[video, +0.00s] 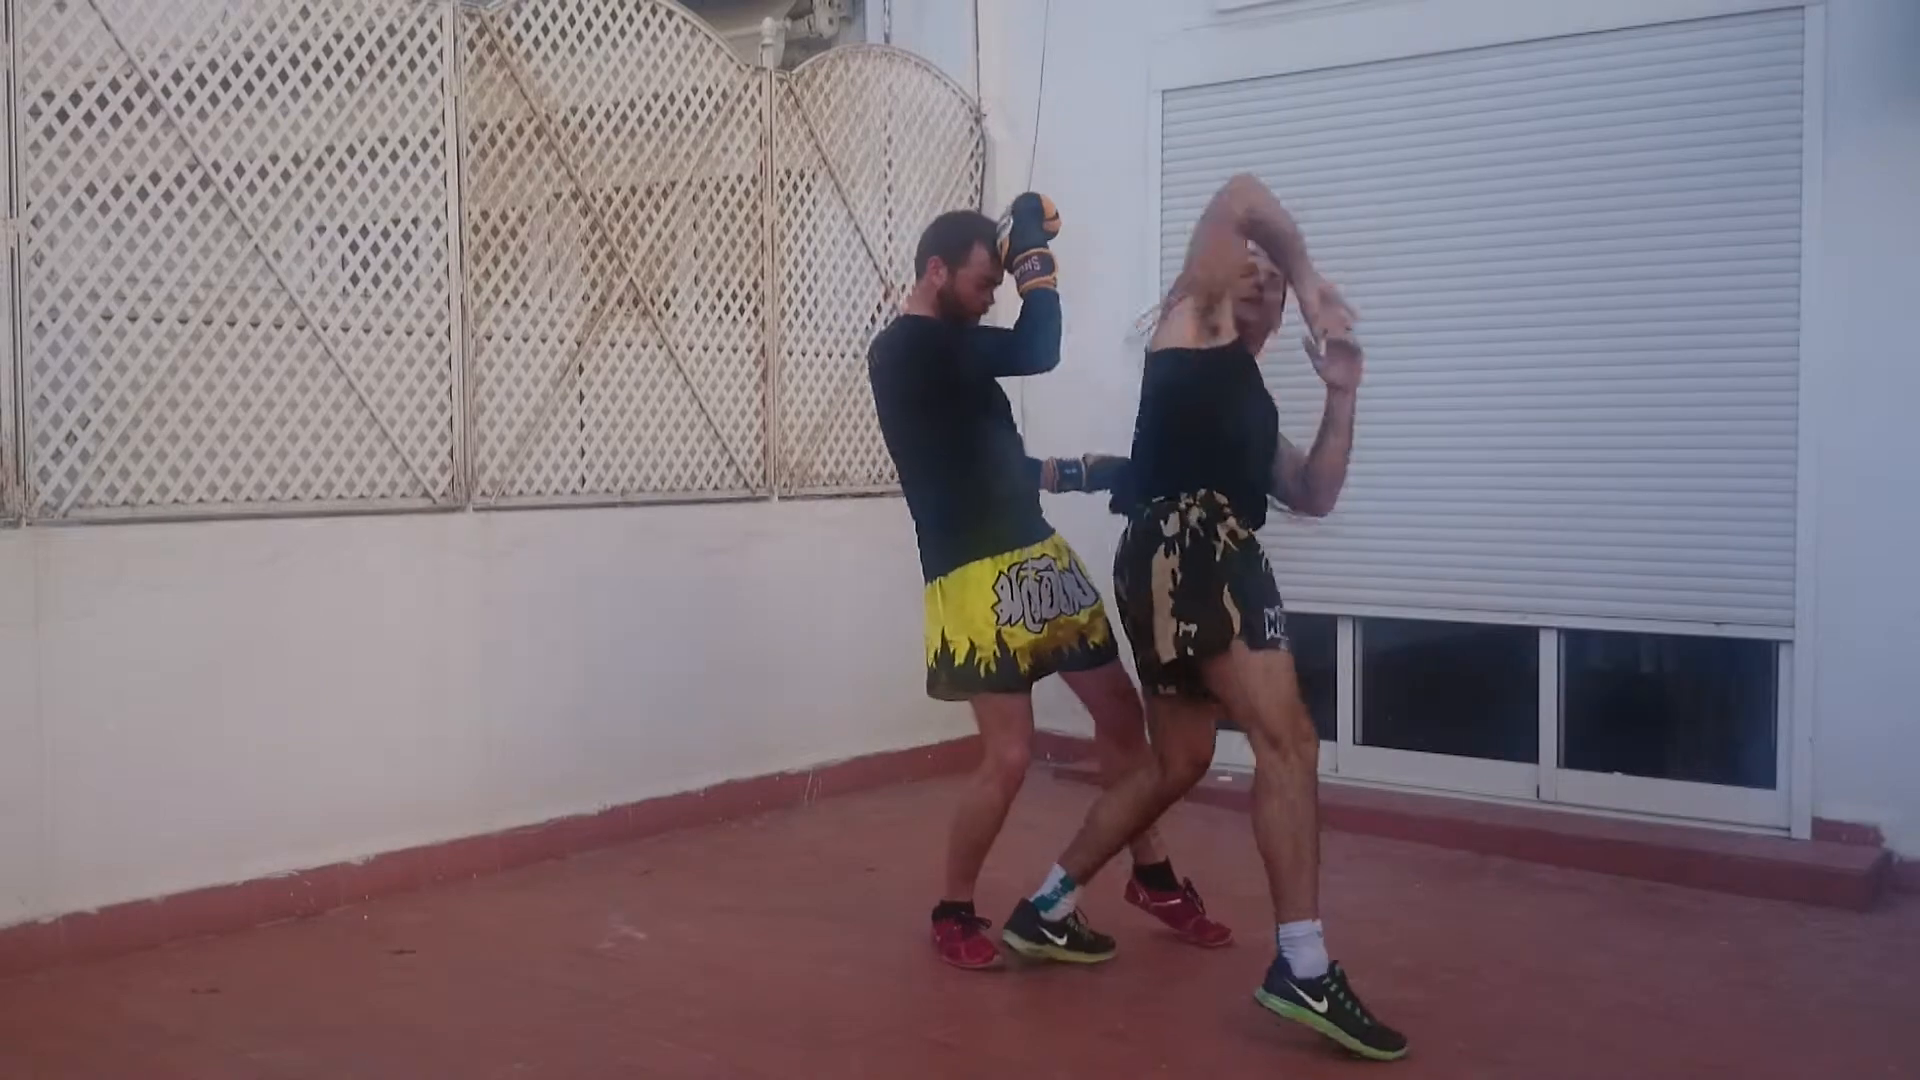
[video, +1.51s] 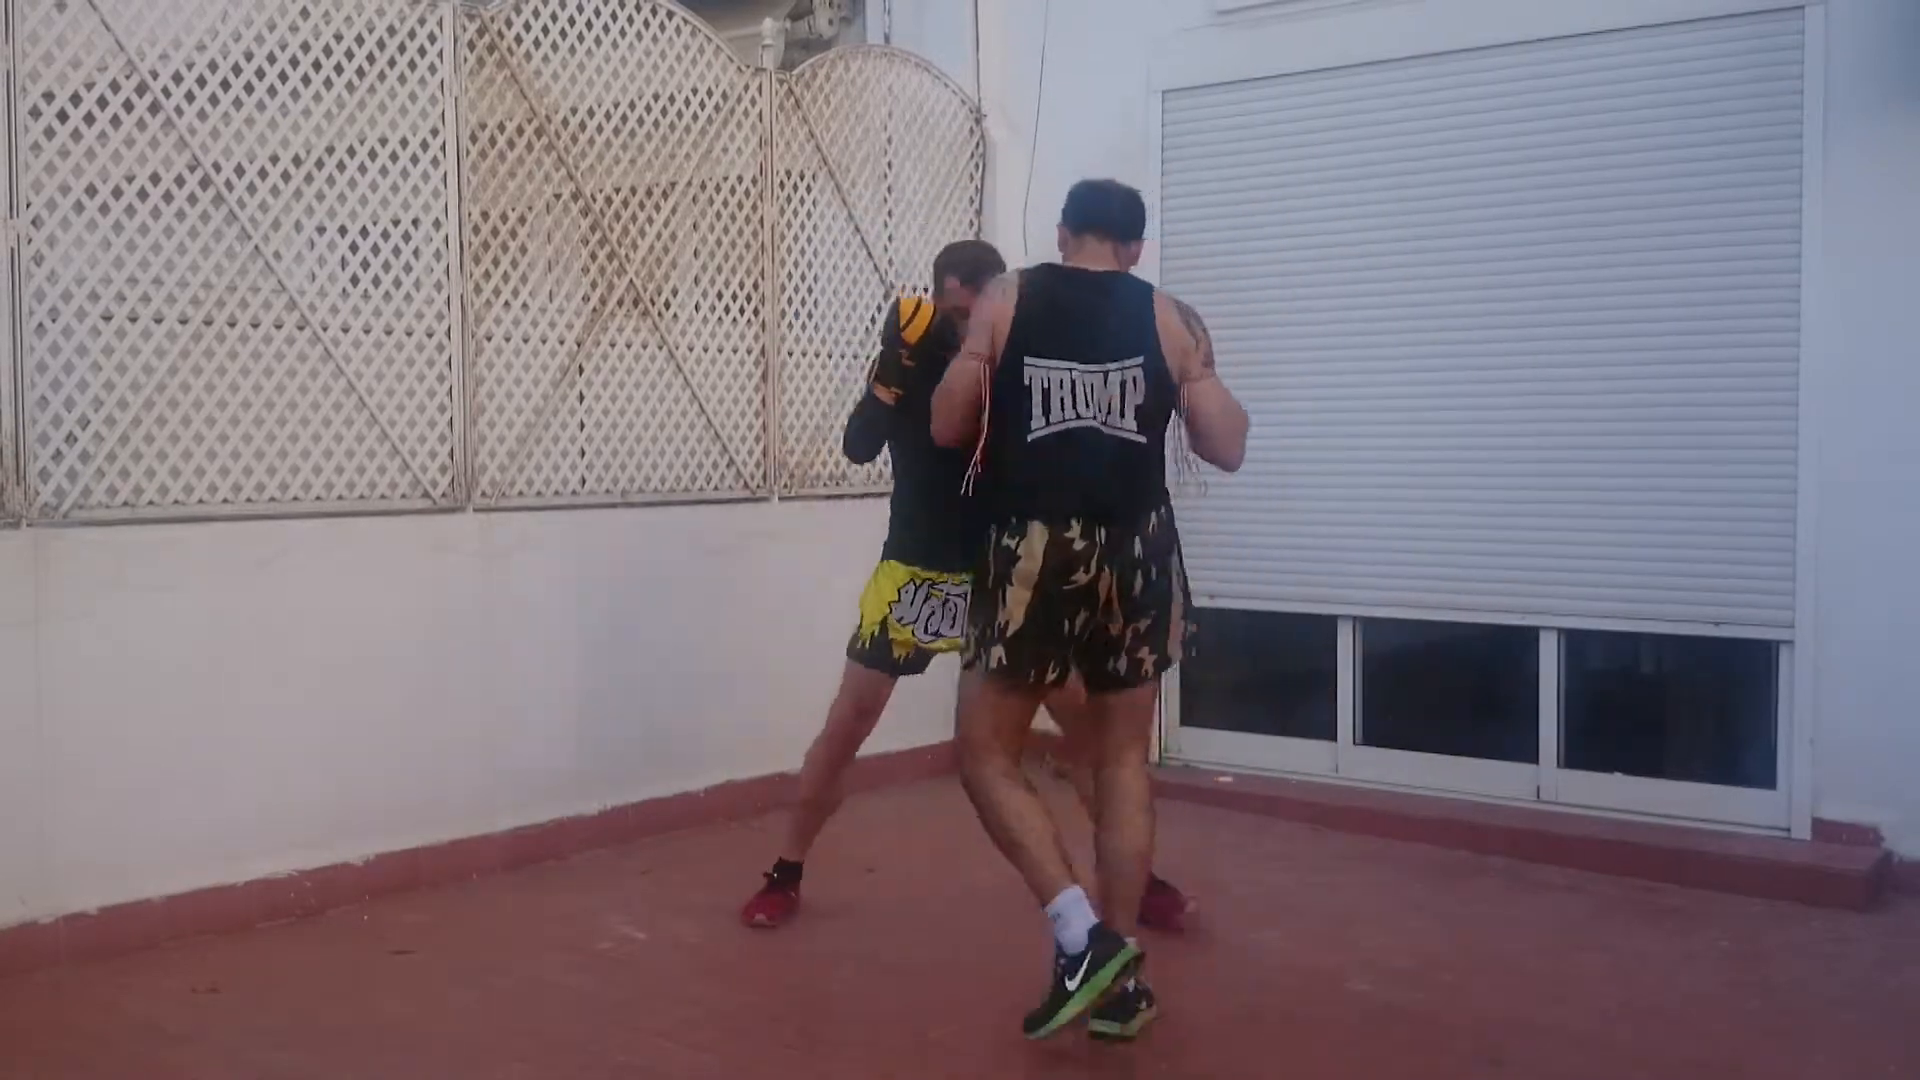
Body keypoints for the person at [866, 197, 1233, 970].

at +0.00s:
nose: (995, 294)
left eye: (996, 280)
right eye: (986, 278)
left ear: (947, 273)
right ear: (940, 268)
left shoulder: (953, 347)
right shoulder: (910, 344)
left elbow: (998, 468)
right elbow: (1036, 350)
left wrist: (1094, 472)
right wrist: (1035, 266)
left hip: (1036, 552)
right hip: (973, 570)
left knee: (1120, 712)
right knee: (1008, 754)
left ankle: (1153, 872)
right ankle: (954, 913)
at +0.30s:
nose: (1000, 260)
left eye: (1003, 248)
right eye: (987, 246)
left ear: (984, 250)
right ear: (940, 245)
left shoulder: (969, 327)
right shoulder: (909, 317)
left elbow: (974, 444)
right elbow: (976, 369)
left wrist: (1044, 469)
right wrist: (1051, 288)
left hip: (1003, 535)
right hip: (947, 543)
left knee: (1051, 700)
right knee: (983, 723)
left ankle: (1002, 845)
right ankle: (948, 906)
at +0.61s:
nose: (994, 269)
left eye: (999, 256)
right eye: (981, 255)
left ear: (996, 259)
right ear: (935, 257)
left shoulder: (987, 348)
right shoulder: (893, 334)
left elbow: (1035, 436)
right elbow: (893, 439)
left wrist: (1091, 398)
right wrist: (952, 396)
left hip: (959, 542)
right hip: (894, 540)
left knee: (991, 705)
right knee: (909, 709)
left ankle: (967, 864)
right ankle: (823, 860)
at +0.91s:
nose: (914, 272)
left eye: (923, 263)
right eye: (903, 258)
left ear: (927, 268)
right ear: (862, 253)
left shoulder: (916, 335)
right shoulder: (818, 321)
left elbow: (992, 408)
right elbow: (818, 405)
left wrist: (1024, 338)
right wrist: (880, 330)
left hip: (905, 542)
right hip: (826, 547)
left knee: (1004, 668)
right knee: (809, 723)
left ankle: (1015, 837)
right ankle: (765, 870)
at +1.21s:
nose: (900, 293)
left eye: (910, 281)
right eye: (887, 279)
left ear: (919, 275)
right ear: (851, 269)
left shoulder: (929, 340)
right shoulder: (809, 337)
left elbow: (1000, 422)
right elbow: (802, 426)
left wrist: (1019, 359)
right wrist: (844, 346)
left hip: (919, 549)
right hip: (833, 552)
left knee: (1000, 693)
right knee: (807, 725)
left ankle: (1012, 864)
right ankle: (764, 871)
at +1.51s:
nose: (987, 310)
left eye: (994, 298)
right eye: (974, 298)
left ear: (1003, 295)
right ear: (942, 294)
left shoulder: (1023, 353)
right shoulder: (912, 349)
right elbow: (860, 447)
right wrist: (895, 366)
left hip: (1012, 563)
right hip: (918, 561)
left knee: (1089, 723)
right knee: (850, 719)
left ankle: (1132, 876)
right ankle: (787, 869)